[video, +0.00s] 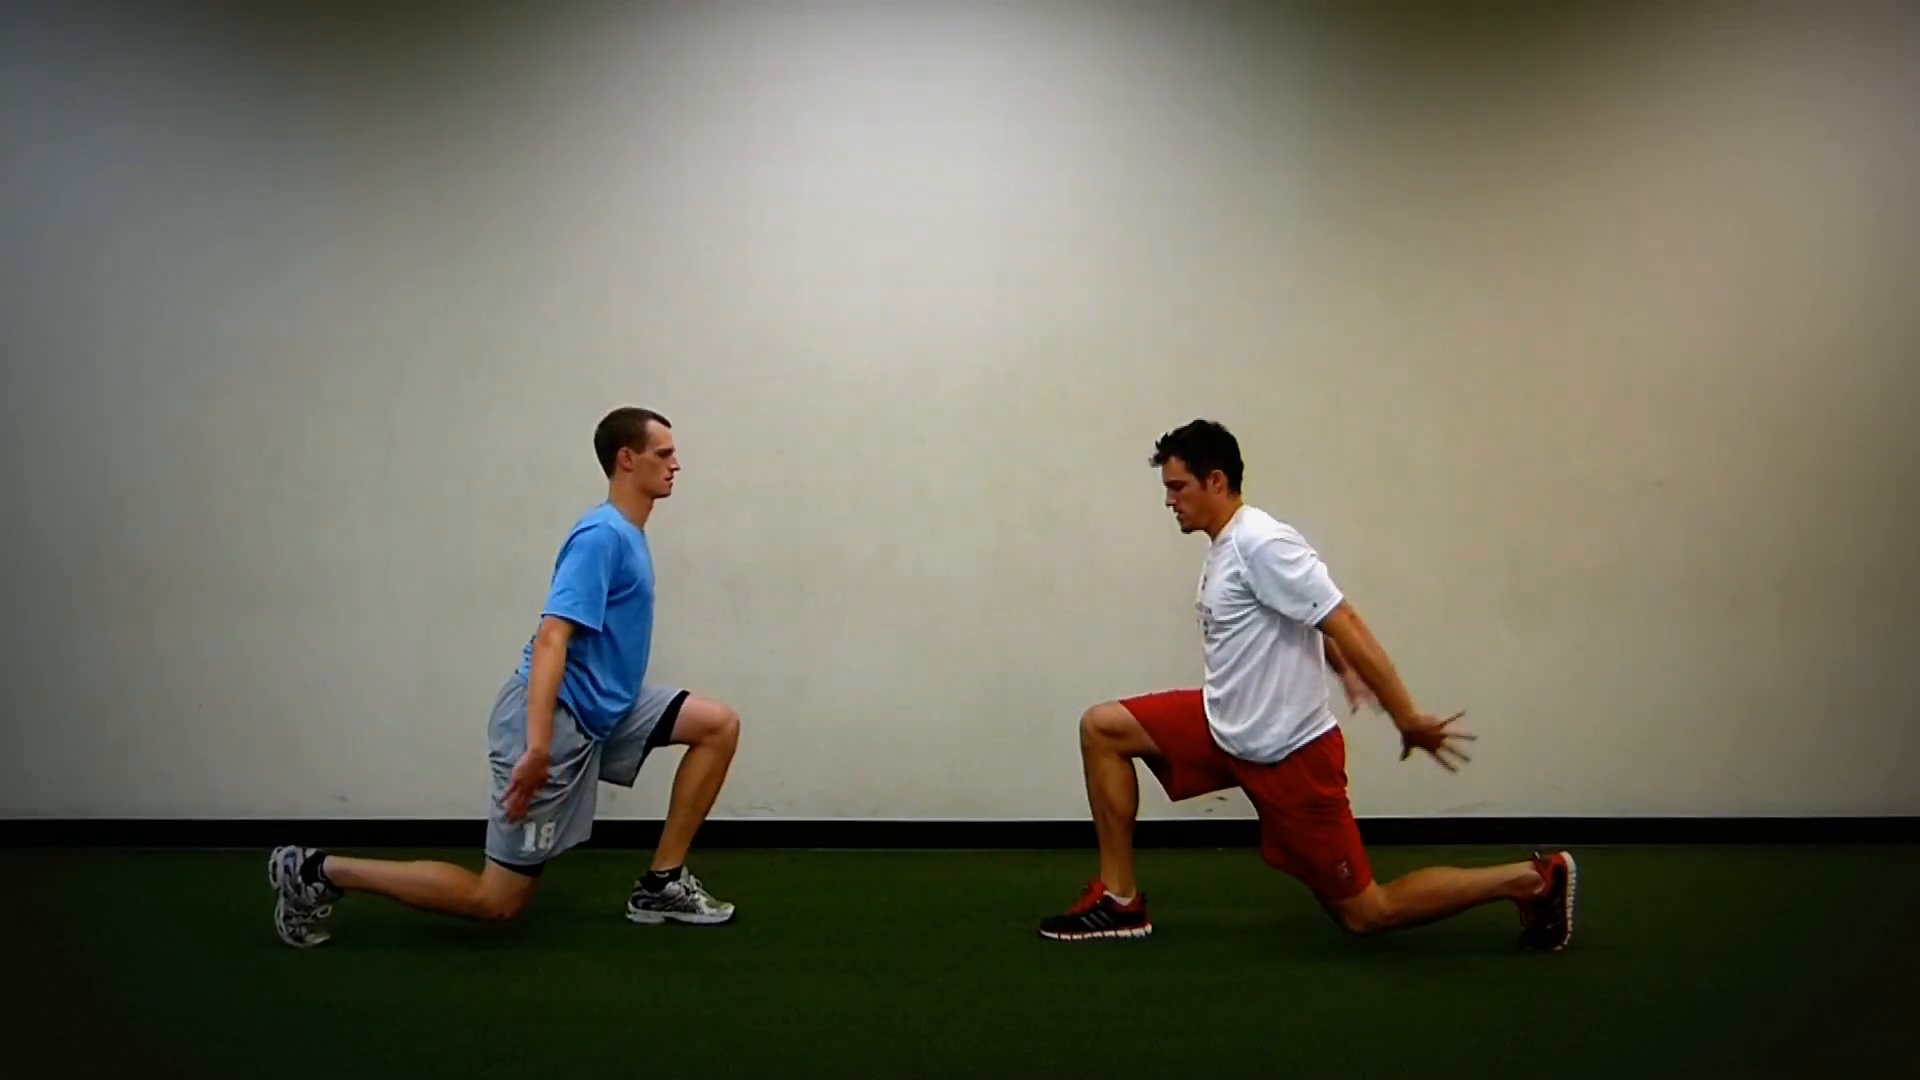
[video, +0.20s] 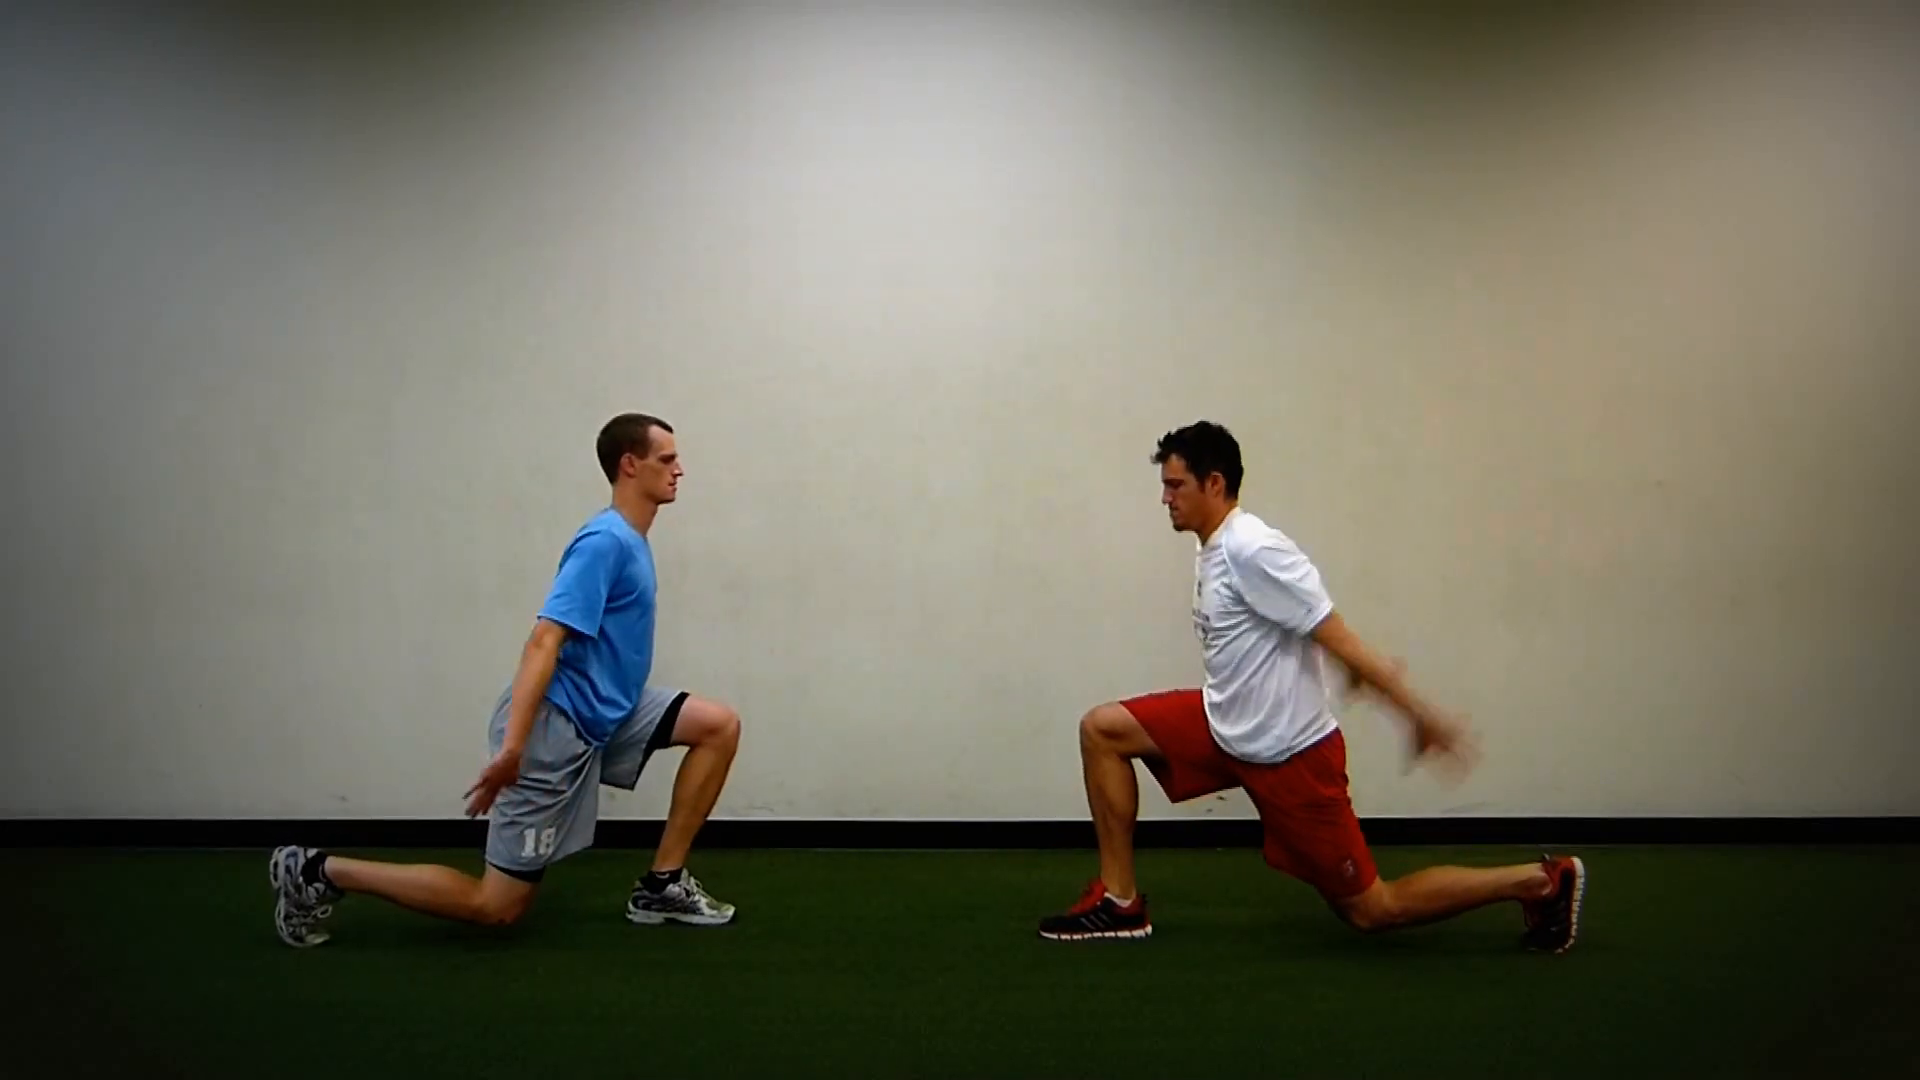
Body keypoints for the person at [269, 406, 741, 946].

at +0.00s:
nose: (675, 465)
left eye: (674, 454)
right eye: (665, 455)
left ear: (634, 461)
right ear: (626, 460)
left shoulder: (628, 535)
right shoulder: (600, 538)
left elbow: (583, 637)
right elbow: (552, 640)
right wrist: (540, 747)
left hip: (605, 705)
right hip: (550, 719)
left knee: (717, 726)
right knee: (498, 900)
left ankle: (663, 883)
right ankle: (316, 872)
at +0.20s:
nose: (678, 471)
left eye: (677, 460)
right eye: (668, 461)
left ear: (637, 467)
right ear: (630, 466)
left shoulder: (630, 540)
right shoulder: (604, 543)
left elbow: (583, 645)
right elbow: (544, 642)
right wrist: (513, 748)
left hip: (607, 709)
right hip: (553, 725)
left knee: (718, 727)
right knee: (499, 904)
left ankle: (663, 884)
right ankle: (317, 872)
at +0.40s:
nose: (675, 465)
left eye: (673, 454)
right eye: (664, 456)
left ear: (635, 466)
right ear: (627, 465)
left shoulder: (631, 537)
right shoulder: (604, 540)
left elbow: (591, 639)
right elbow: (552, 641)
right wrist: (533, 749)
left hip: (606, 704)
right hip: (548, 719)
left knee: (716, 727)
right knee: (496, 898)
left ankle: (663, 885)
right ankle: (311, 872)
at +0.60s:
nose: (660, 364)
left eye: (656, 354)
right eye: (647, 355)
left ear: (632, 366)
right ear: (612, 366)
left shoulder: (643, 430)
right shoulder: (607, 420)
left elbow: (729, 418)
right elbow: (696, 405)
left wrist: (784, 359)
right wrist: (765, 337)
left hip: (604, 637)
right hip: (550, 632)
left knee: (700, 715)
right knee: (466, 795)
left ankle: (665, 881)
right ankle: (292, 872)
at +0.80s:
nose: (679, 212)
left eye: (679, 202)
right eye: (667, 200)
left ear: (659, 211)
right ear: (639, 204)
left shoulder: (657, 265)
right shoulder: (618, 255)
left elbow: (702, 172)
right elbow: (674, 159)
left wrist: (731, 85)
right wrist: (707, 61)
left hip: (616, 487)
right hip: (576, 475)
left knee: (582, 656)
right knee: (514, 647)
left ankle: (574, 823)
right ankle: (413, 799)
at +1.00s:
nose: (680, 210)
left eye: (681, 198)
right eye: (667, 196)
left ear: (665, 211)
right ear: (632, 200)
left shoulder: (660, 255)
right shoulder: (615, 246)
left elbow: (725, 215)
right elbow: (669, 170)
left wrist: (781, 164)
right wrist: (732, 77)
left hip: (590, 471)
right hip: (585, 470)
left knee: (535, 633)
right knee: (630, 644)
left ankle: (408, 747)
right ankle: (601, 822)